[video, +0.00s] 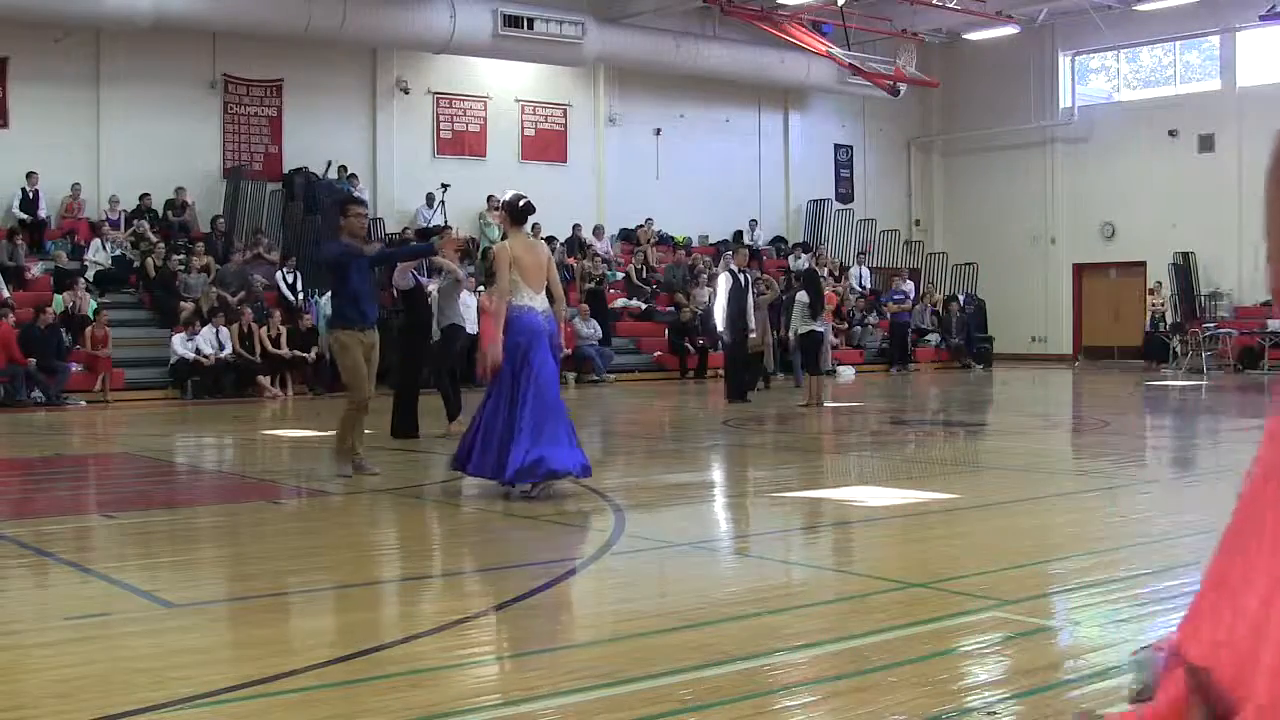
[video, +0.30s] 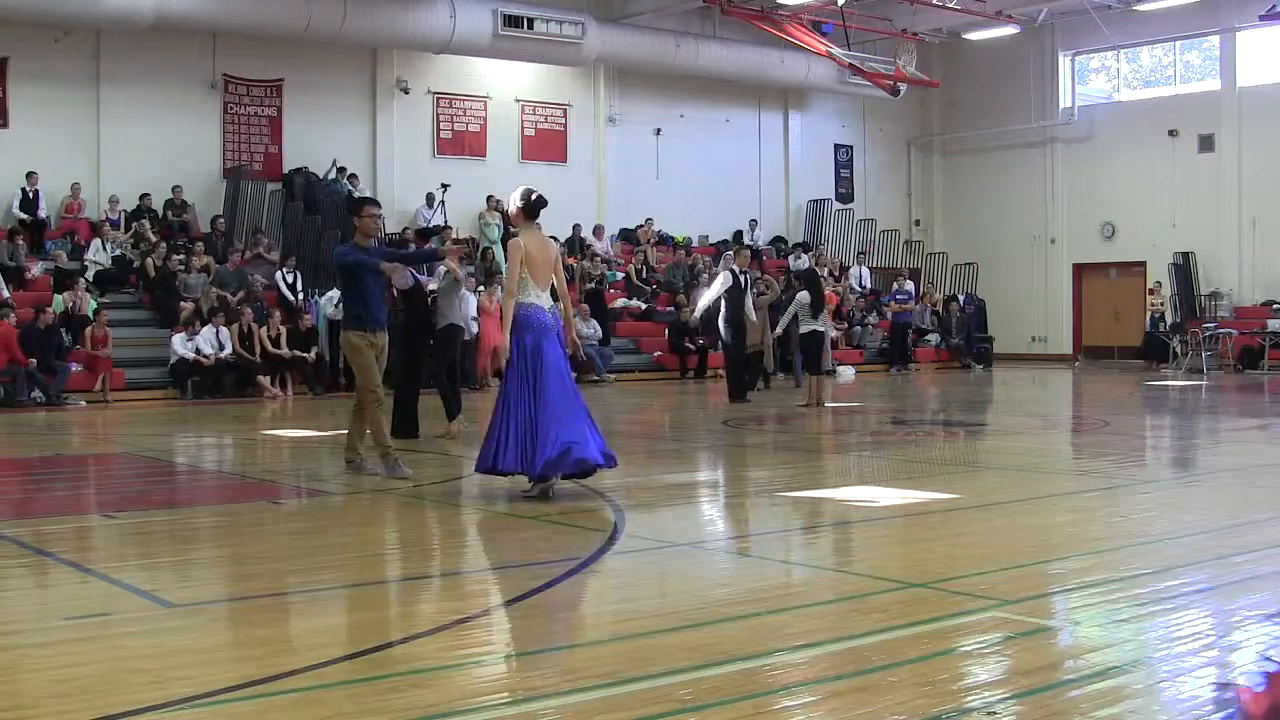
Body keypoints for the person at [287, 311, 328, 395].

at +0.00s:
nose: (310, 322)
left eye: (310, 320)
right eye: (307, 320)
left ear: (312, 320)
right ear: (300, 321)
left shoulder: (313, 330)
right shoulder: (292, 331)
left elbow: (315, 345)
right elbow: (292, 349)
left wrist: (313, 353)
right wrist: (304, 355)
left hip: (310, 354)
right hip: (298, 355)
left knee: (321, 359)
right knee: (305, 362)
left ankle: (321, 386)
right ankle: (312, 387)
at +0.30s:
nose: (310, 322)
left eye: (310, 320)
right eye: (307, 320)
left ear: (312, 320)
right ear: (299, 322)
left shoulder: (313, 330)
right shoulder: (292, 331)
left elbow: (314, 345)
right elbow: (292, 349)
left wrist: (312, 353)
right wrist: (304, 355)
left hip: (309, 354)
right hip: (298, 355)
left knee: (321, 359)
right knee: (304, 362)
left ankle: (320, 386)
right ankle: (312, 387)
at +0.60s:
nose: (310, 322)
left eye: (310, 320)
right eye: (307, 320)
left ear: (311, 320)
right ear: (300, 322)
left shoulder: (313, 330)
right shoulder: (292, 331)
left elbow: (315, 345)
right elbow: (292, 349)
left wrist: (312, 353)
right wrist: (304, 355)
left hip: (309, 354)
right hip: (297, 355)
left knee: (320, 356)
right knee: (304, 362)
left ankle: (320, 385)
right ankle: (312, 387)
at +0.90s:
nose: (310, 322)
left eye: (310, 320)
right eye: (307, 320)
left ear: (311, 320)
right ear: (300, 322)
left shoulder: (313, 329)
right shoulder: (293, 331)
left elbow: (315, 344)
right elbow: (292, 349)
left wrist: (312, 353)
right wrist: (304, 355)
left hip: (310, 354)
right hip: (298, 355)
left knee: (320, 359)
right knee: (305, 364)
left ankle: (318, 385)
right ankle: (313, 387)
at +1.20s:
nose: (310, 322)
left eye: (310, 320)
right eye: (307, 320)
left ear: (311, 320)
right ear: (300, 321)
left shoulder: (313, 329)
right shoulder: (293, 331)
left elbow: (315, 344)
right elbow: (292, 349)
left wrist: (312, 353)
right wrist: (304, 355)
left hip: (310, 354)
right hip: (298, 355)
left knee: (320, 359)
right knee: (305, 364)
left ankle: (318, 385)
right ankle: (313, 387)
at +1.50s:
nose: (310, 322)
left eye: (310, 320)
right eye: (307, 320)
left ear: (311, 321)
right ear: (300, 322)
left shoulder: (313, 330)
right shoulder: (293, 331)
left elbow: (315, 345)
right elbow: (292, 349)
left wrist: (313, 353)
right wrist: (305, 355)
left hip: (309, 355)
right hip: (298, 355)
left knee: (320, 358)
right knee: (305, 364)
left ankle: (320, 385)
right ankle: (313, 387)